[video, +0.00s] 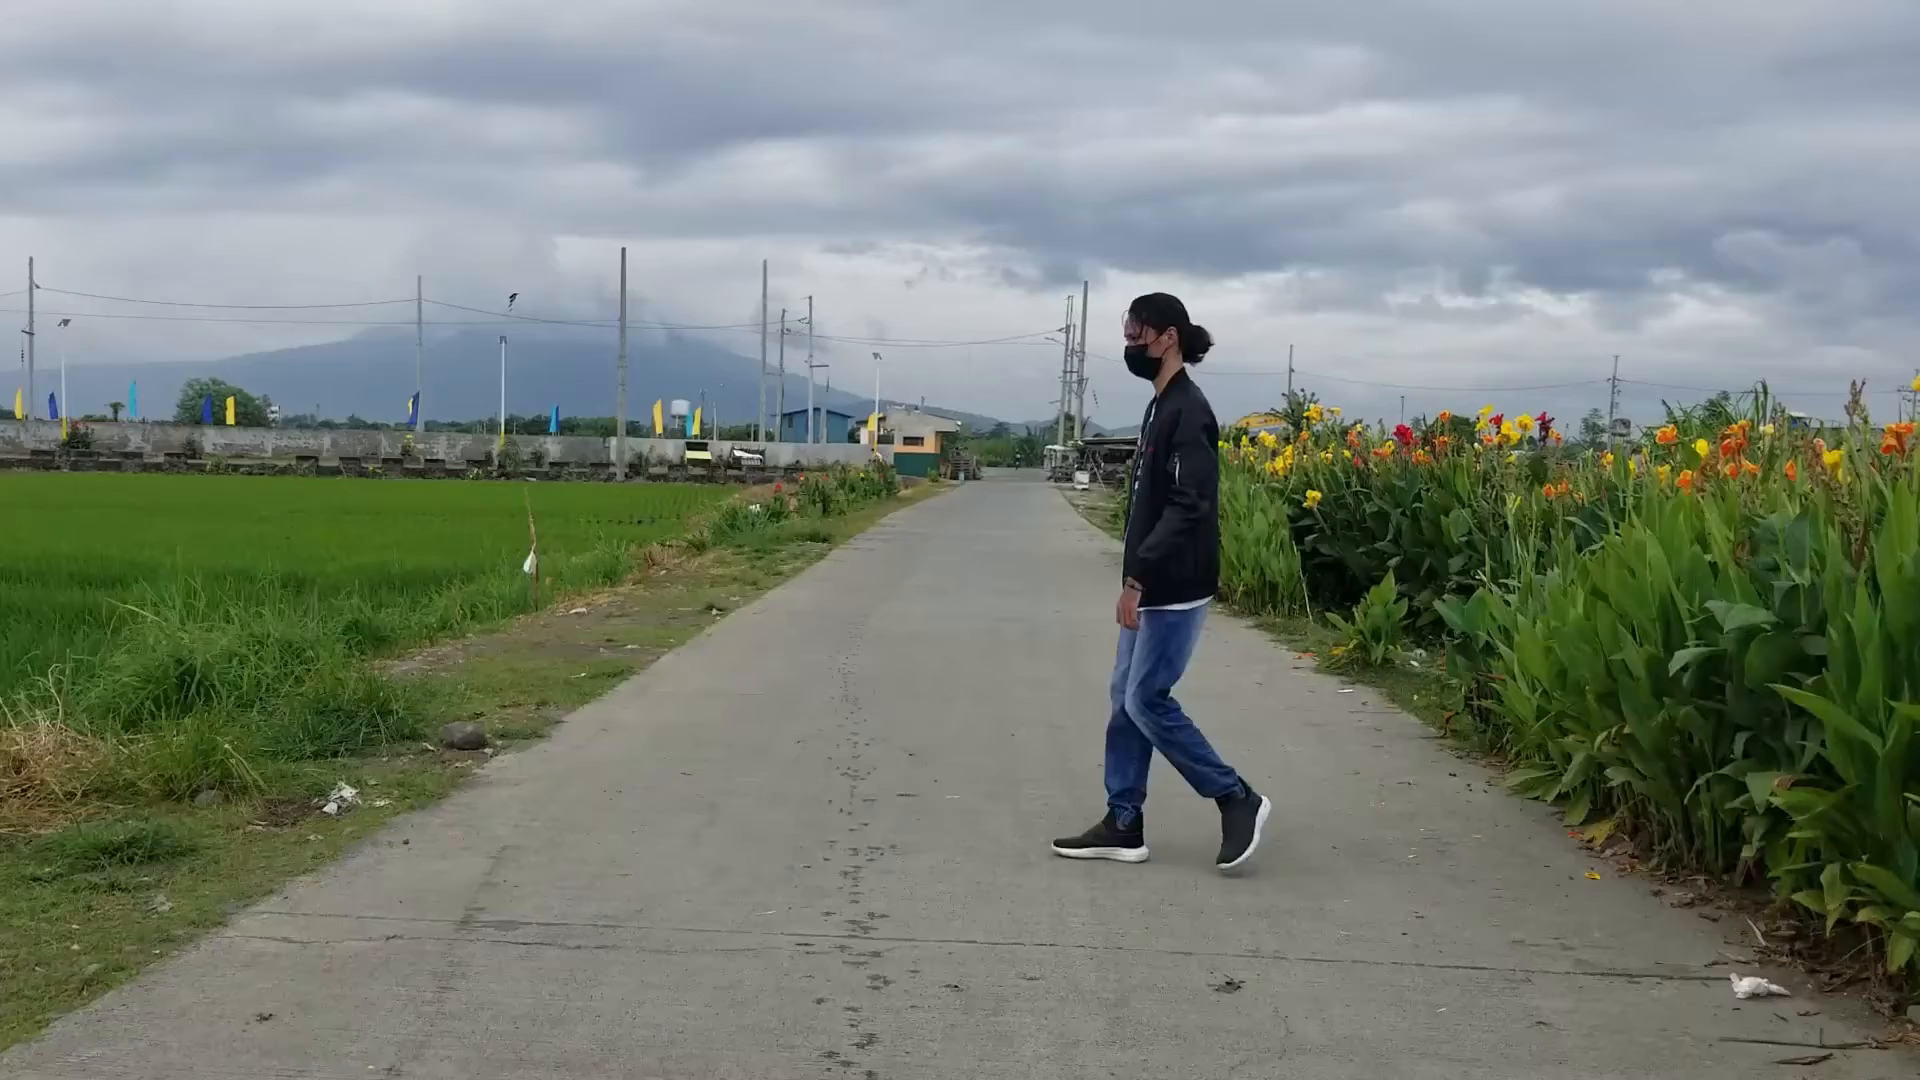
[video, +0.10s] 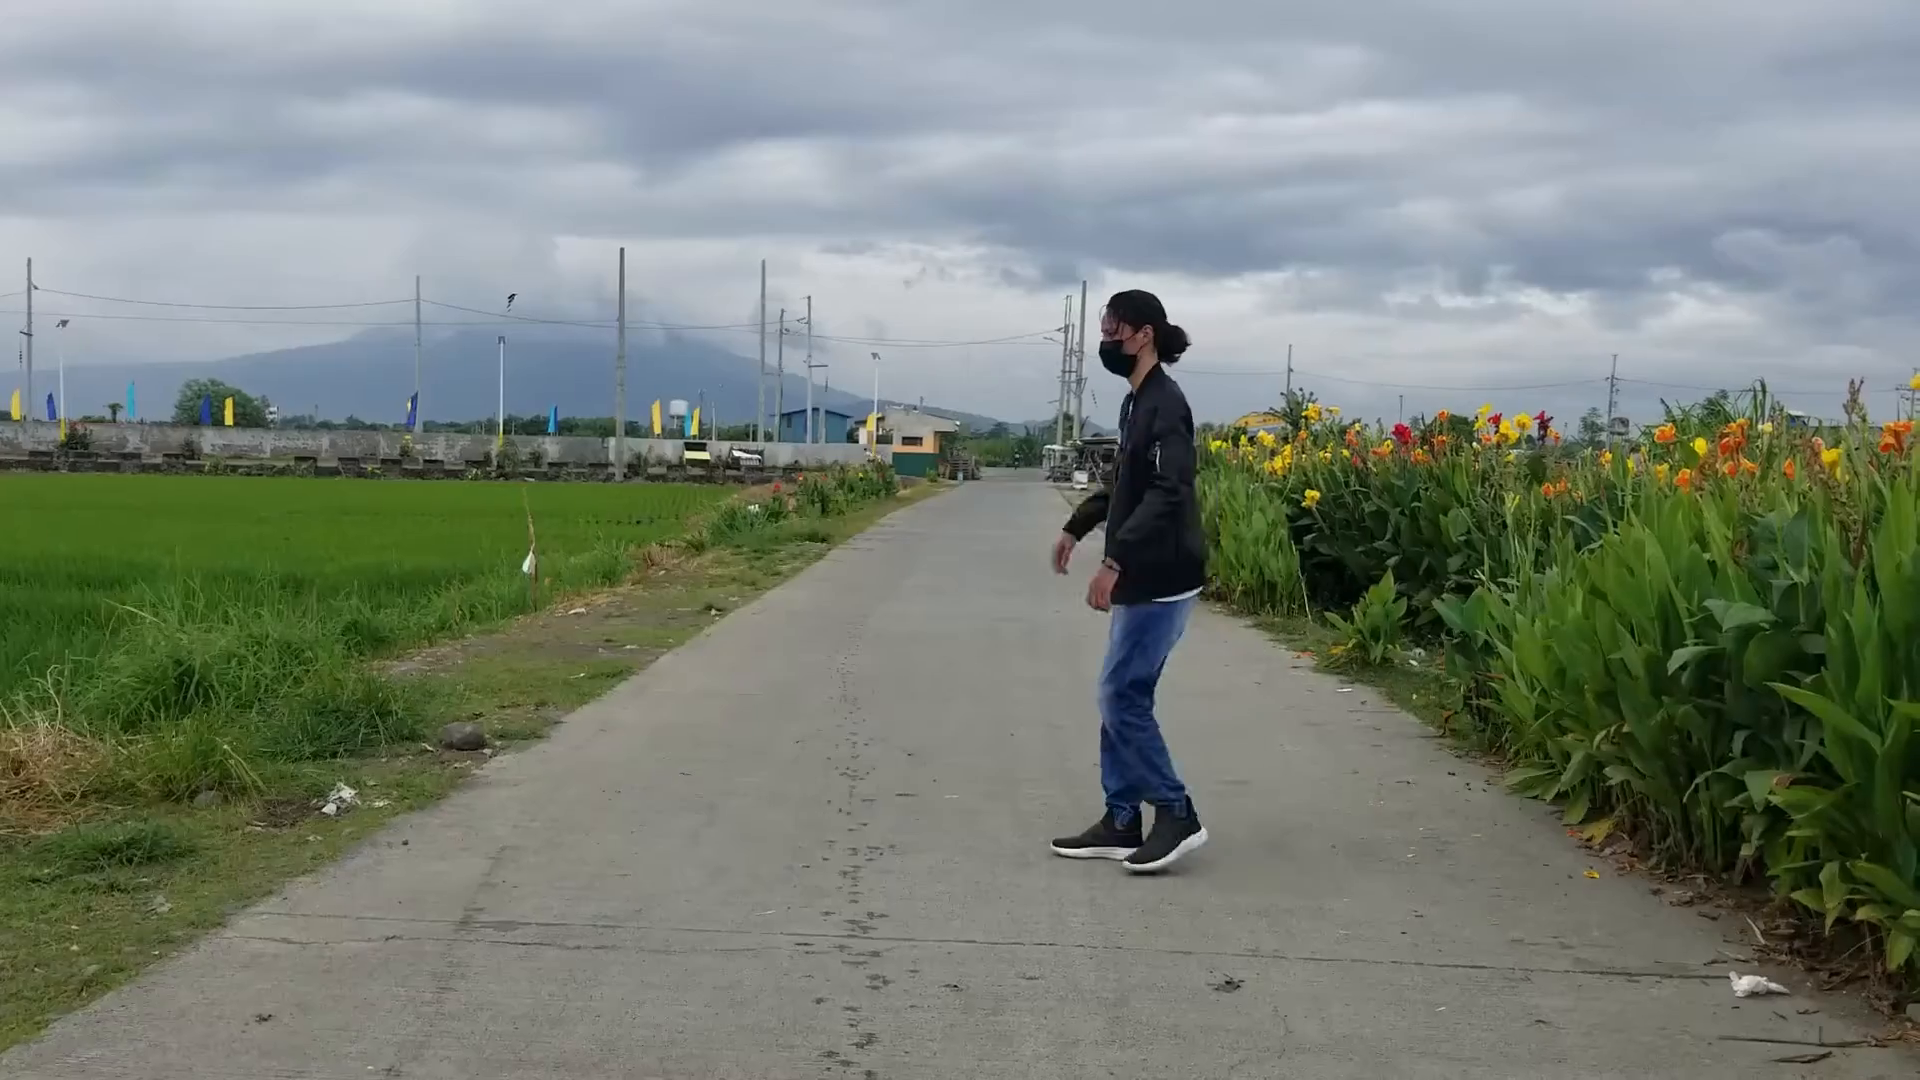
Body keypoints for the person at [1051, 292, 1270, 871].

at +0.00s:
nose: (1132, 338)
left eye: (1141, 329)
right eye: (1131, 330)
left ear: (1170, 336)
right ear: (1157, 340)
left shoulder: (1189, 409)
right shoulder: (1162, 405)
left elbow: (1189, 506)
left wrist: (1137, 579)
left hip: (1179, 587)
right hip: (1149, 583)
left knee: (1145, 700)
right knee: (1124, 700)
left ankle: (1237, 799)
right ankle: (1123, 825)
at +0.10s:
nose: (1105, 333)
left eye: (1114, 324)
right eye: (1105, 324)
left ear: (1144, 332)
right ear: (1135, 334)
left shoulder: (1164, 400)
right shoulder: (1137, 400)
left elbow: (1168, 493)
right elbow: (1123, 484)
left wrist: (1116, 559)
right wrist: (1074, 528)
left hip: (1165, 579)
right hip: (1142, 578)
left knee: (1122, 696)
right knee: (1119, 697)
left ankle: (1176, 814)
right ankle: (1122, 823)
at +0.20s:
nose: (1083, 336)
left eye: (1091, 327)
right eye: (1084, 327)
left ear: (1121, 333)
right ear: (1117, 335)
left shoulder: (1143, 392)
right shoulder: (1120, 394)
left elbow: (1154, 471)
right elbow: (1090, 443)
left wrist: (1119, 537)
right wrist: (1030, 461)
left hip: (1147, 579)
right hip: (1135, 578)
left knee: (1118, 700)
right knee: (1117, 699)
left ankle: (1133, 832)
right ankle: (1117, 820)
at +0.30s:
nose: (1068, 327)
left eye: (1077, 319)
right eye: (1069, 318)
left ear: (1107, 329)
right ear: (1099, 330)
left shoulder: (1125, 388)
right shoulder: (1103, 387)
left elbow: (1157, 453)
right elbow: (1089, 427)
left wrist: (1159, 520)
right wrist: (1045, 388)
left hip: (1133, 579)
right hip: (1112, 578)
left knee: (1119, 704)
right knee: (1107, 703)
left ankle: (1136, 833)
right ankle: (1115, 820)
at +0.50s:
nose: (1045, 325)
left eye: (1056, 317)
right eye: (1047, 316)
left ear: (1084, 330)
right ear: (1071, 333)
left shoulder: (1100, 393)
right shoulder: (1072, 392)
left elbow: (1147, 469)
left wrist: (1185, 544)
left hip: (1095, 577)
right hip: (1072, 576)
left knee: (1106, 705)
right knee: (1090, 702)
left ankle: (1136, 833)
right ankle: (1116, 821)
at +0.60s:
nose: (1035, 317)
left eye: (1045, 310)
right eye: (1036, 309)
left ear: (1071, 324)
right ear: (1056, 324)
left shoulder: (1090, 389)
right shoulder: (1054, 391)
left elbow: (1136, 468)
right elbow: (1071, 478)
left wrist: (1140, 551)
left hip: (1073, 574)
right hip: (1044, 572)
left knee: (1074, 700)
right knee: (1046, 696)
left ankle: (1126, 826)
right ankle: (1102, 811)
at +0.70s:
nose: (1013, 323)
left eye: (1024, 315)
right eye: (1015, 314)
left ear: (1054, 328)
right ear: (1039, 328)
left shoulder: (1063, 394)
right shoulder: (1029, 385)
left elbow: (1086, 482)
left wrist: (1097, 571)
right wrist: (978, 333)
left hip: (1063, 573)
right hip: (1035, 567)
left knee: (1016, 691)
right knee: (1029, 692)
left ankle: (1080, 804)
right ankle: (1048, 806)